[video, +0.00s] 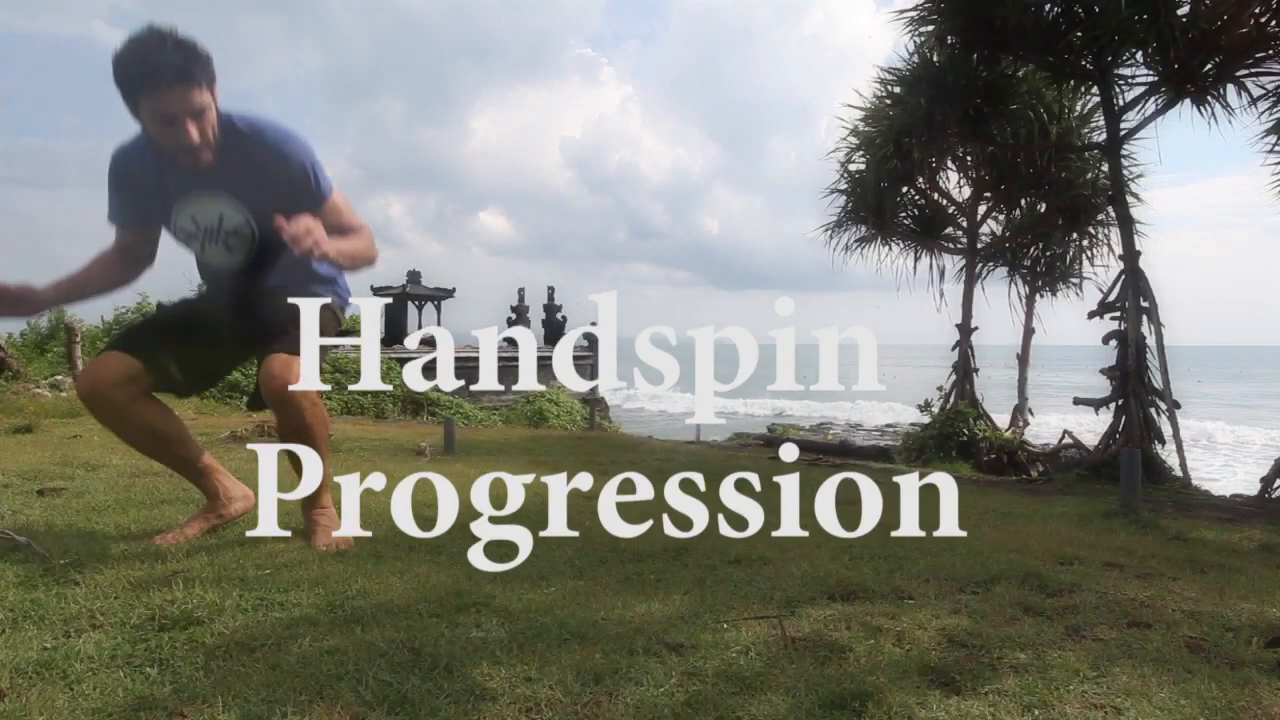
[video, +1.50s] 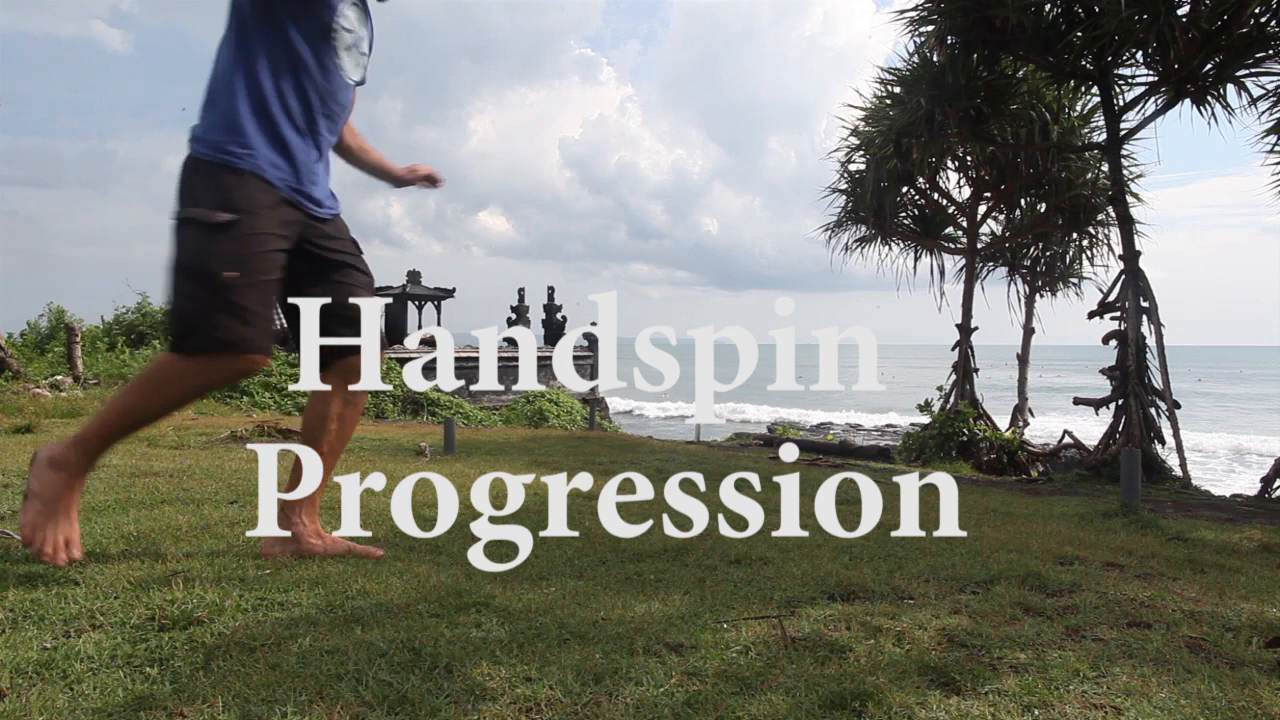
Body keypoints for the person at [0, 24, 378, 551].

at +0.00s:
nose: (192, 135)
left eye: (200, 114)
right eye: (169, 122)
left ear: (214, 92)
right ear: (139, 119)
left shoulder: (276, 149)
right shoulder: (136, 166)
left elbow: (364, 246)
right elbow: (132, 254)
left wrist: (326, 243)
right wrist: (43, 297)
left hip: (304, 297)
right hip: (226, 304)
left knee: (282, 377)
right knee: (103, 381)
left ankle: (320, 510)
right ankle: (226, 495)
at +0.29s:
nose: (141, 7)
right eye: (131, 2)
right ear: (124, 0)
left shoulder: (243, 18)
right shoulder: (115, 34)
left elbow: (331, 130)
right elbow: (140, 142)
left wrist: (254, 140)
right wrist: (52, 203)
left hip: (276, 215)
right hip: (197, 214)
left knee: (275, 355)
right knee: (111, 337)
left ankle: (320, 510)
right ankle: (146, 497)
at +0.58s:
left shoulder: (189, 4)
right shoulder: (69, 11)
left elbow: (257, 114)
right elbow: (107, 123)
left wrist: (165, 154)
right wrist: (69, 208)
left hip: (239, 195)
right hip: (158, 200)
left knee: (270, 332)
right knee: (101, 347)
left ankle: (328, 504)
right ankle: (137, 507)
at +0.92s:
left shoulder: (207, 6)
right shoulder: (74, 5)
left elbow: (270, 114)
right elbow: (101, 95)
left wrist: (232, 165)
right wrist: (90, 188)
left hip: (223, 206)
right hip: (127, 206)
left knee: (276, 348)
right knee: (91, 349)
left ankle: (322, 516)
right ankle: (136, 506)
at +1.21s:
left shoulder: (305, 6)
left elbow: (361, 108)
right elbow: (44, 33)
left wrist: (443, 138)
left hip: (245, 196)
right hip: (144, 189)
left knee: (285, 344)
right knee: (113, 346)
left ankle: (289, 522)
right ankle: (131, 497)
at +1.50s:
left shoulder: (358, 17)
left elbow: (334, 121)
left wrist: (394, 171)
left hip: (311, 190)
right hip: (238, 165)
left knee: (352, 352)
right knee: (232, 345)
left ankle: (298, 519)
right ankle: (64, 463)